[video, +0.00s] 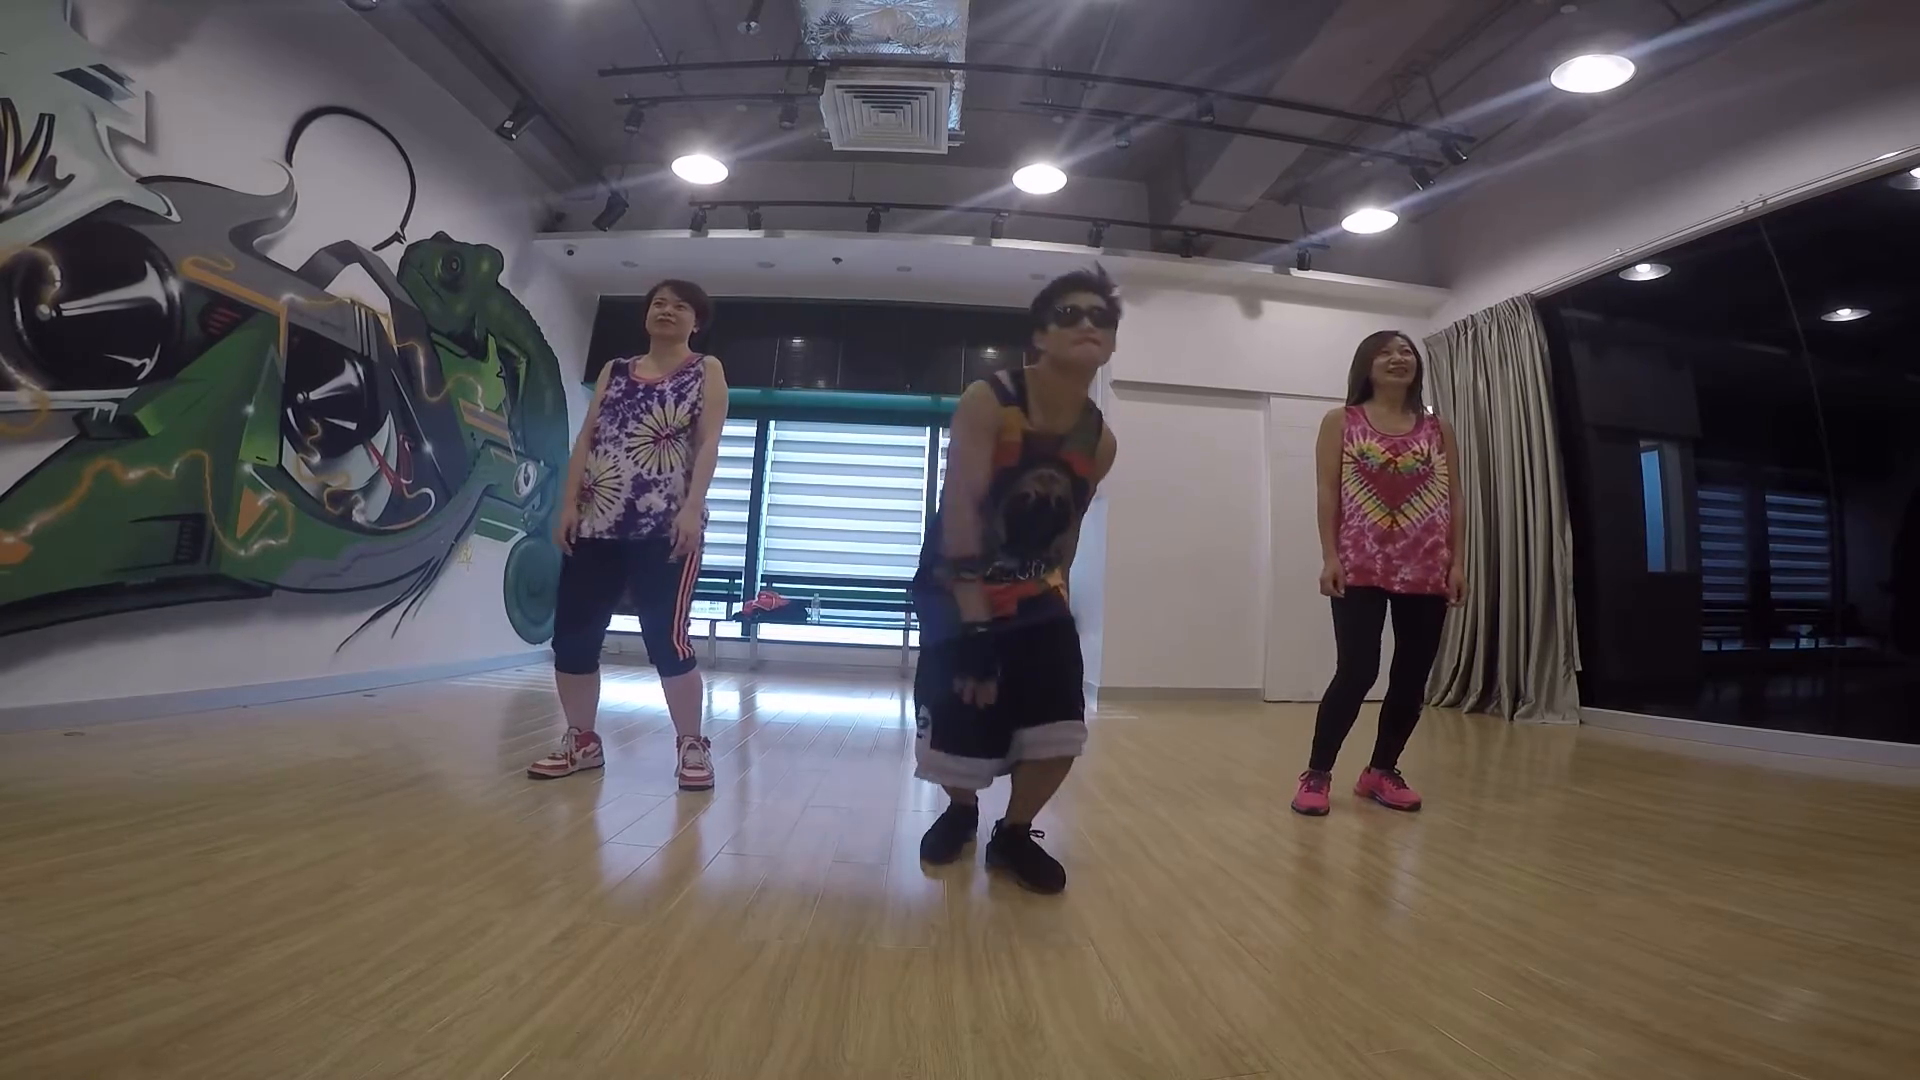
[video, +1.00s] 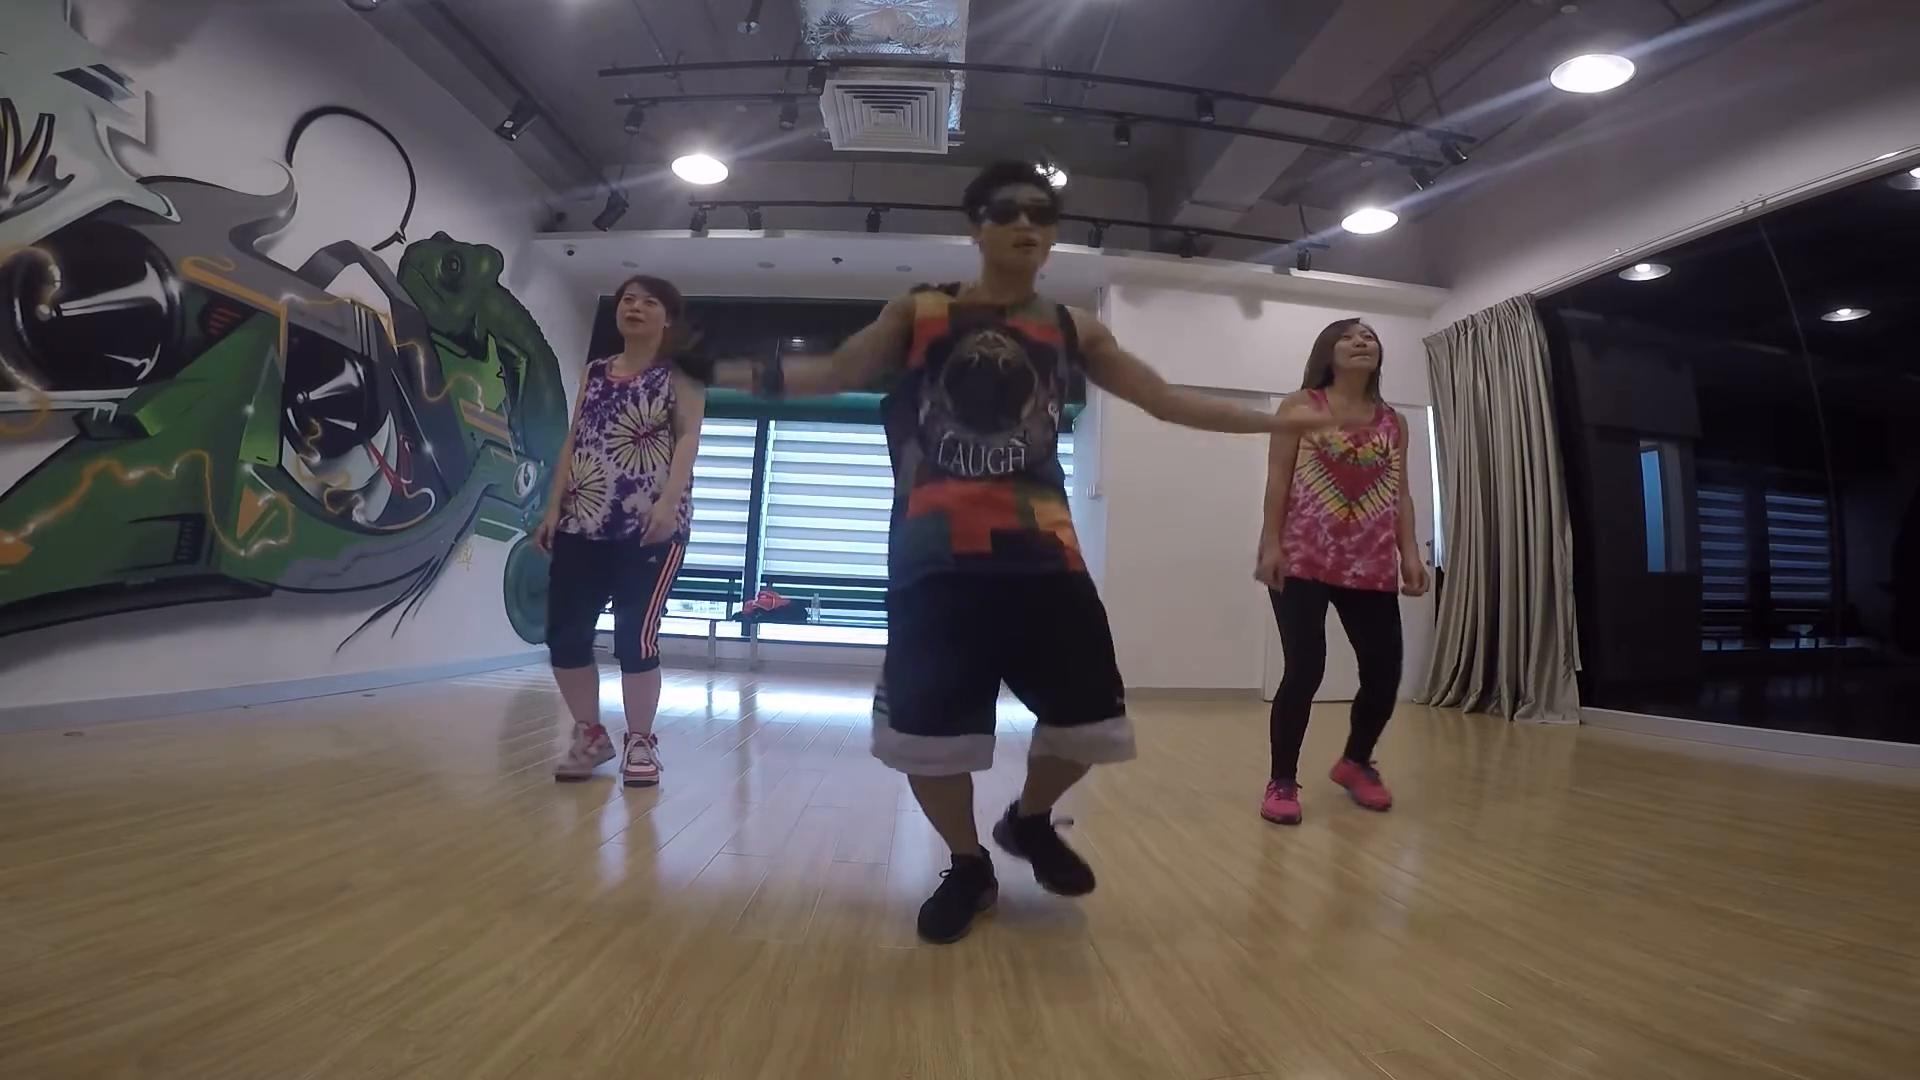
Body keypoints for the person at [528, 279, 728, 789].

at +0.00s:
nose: (666, 309)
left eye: (680, 305)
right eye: (659, 302)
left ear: (696, 322)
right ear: (645, 315)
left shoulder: (707, 371)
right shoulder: (615, 371)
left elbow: (707, 445)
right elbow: (586, 440)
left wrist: (693, 508)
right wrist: (569, 502)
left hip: (664, 528)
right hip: (597, 524)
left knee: (668, 642)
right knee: (572, 637)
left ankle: (691, 744)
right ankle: (582, 742)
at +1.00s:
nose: (635, 306)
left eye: (648, 301)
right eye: (628, 300)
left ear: (669, 320)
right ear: (615, 314)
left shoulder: (681, 383)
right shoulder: (593, 375)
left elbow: (687, 444)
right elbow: (574, 442)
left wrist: (668, 502)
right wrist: (554, 506)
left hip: (648, 527)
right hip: (582, 525)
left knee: (635, 636)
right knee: (565, 634)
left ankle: (640, 741)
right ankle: (590, 736)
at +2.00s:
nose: (658, 322)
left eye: (670, 316)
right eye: (650, 315)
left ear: (689, 330)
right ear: (639, 327)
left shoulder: (703, 384)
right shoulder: (612, 381)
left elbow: (710, 456)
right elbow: (584, 454)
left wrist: (696, 504)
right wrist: (565, 518)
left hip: (662, 537)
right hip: (596, 531)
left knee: (643, 642)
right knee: (571, 635)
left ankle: (646, 738)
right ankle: (582, 742)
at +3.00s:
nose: (669, 325)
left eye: (680, 320)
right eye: (661, 318)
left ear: (696, 334)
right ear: (648, 329)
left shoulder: (704, 392)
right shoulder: (612, 372)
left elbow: (703, 459)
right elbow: (572, 432)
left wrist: (705, 517)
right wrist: (547, 491)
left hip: (660, 526)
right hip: (595, 522)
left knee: (638, 622)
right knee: (601, 631)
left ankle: (644, 732)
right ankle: (616, 732)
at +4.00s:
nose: (676, 325)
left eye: (688, 320)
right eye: (668, 319)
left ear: (705, 335)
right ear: (657, 331)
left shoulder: (716, 384)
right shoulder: (632, 385)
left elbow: (726, 448)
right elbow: (608, 451)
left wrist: (702, 475)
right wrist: (589, 504)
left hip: (677, 531)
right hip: (613, 523)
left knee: (661, 635)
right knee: (592, 629)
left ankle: (664, 733)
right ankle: (589, 737)